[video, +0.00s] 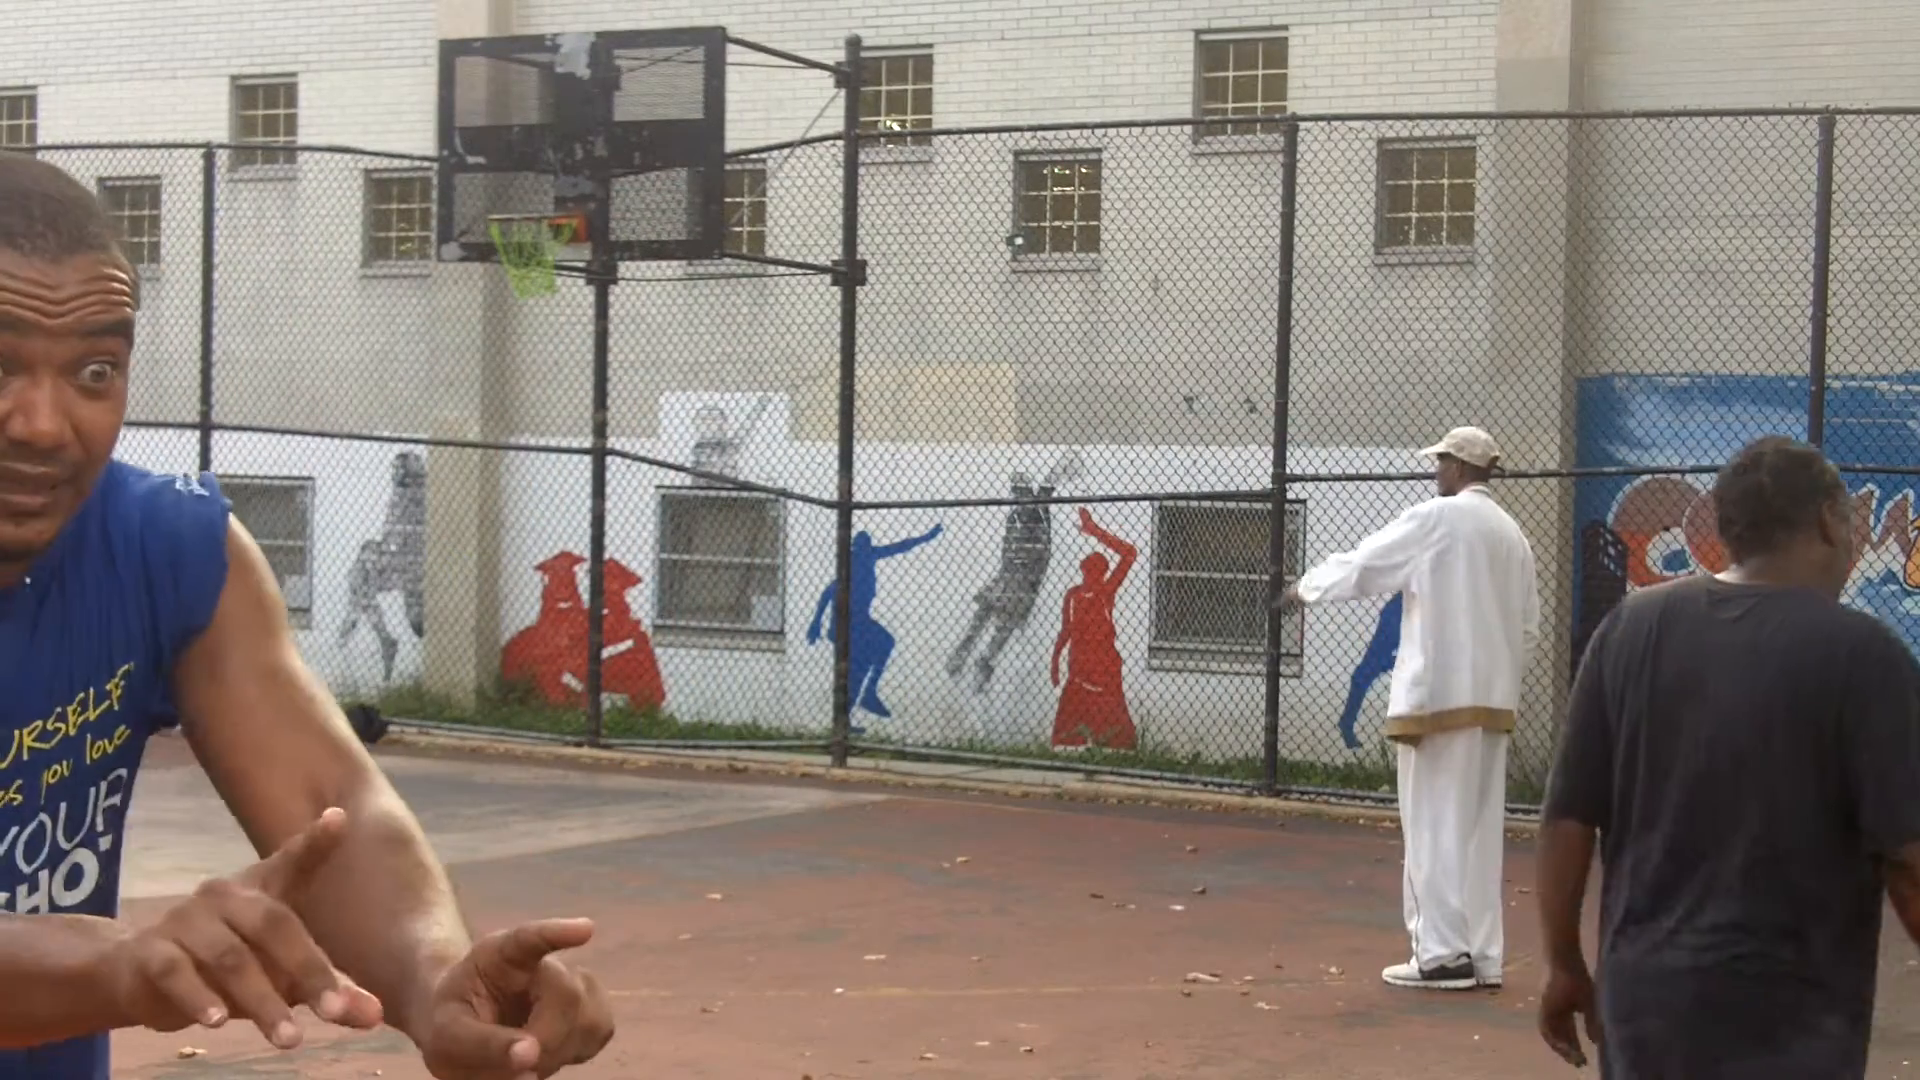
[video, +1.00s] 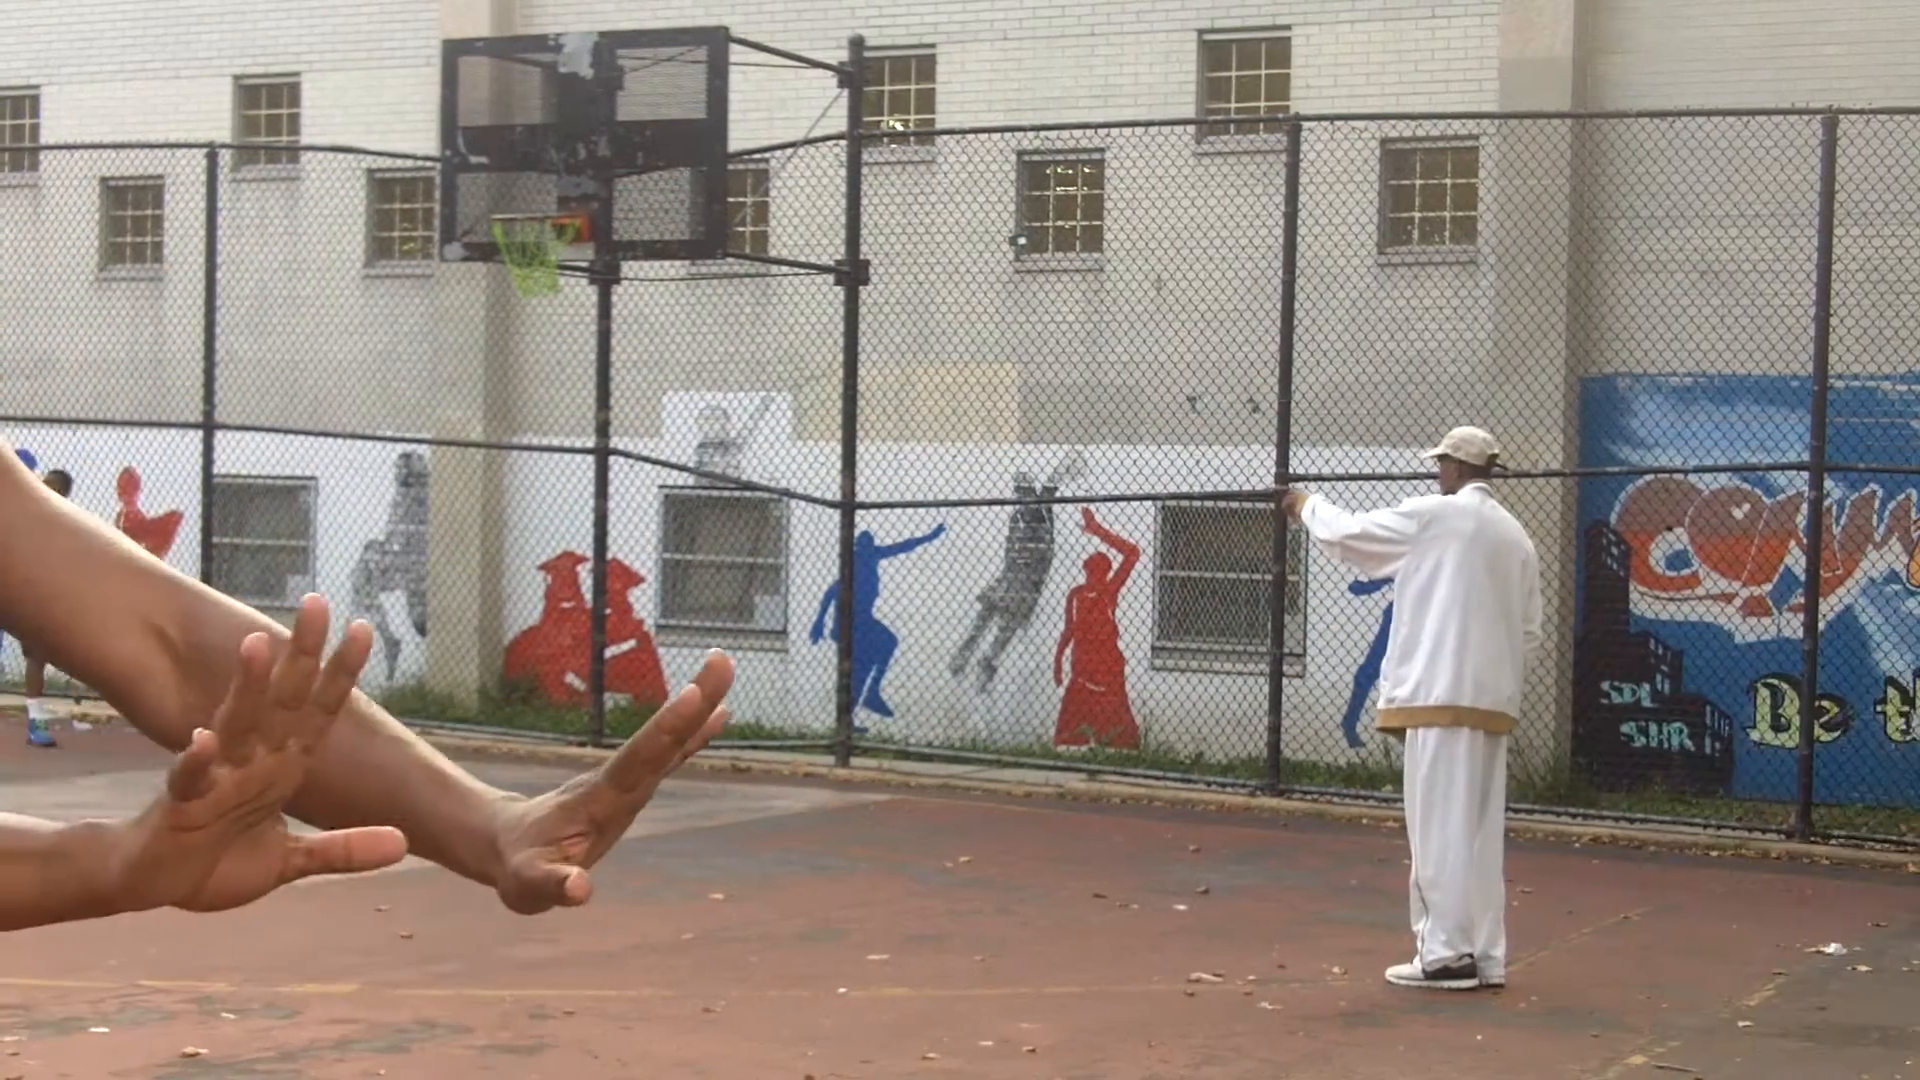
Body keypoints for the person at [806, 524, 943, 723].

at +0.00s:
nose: (865, 551)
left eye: (867, 547)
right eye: (862, 547)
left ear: (871, 547)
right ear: (855, 548)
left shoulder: (871, 556)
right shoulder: (851, 566)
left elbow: (899, 547)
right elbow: (829, 591)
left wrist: (926, 537)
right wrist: (815, 622)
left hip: (863, 621)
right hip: (846, 625)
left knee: (885, 642)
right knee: (860, 664)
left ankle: (870, 693)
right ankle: (842, 717)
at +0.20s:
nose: (865, 550)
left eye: (867, 547)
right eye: (862, 547)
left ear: (871, 547)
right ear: (855, 548)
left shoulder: (871, 556)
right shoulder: (851, 566)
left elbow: (899, 547)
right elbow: (829, 590)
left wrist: (926, 537)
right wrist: (815, 622)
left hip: (863, 621)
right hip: (845, 625)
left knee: (885, 642)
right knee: (860, 662)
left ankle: (869, 693)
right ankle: (842, 716)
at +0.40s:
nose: (864, 550)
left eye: (866, 546)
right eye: (860, 546)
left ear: (870, 547)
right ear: (854, 548)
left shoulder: (870, 555)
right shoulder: (850, 566)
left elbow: (898, 547)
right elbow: (828, 591)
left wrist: (925, 537)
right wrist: (814, 622)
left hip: (861, 619)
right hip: (845, 623)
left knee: (884, 642)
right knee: (859, 663)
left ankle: (869, 693)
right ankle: (841, 715)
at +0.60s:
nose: (865, 550)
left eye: (867, 546)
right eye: (861, 546)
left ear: (870, 547)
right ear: (854, 548)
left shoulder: (871, 556)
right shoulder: (850, 566)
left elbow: (899, 547)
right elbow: (828, 591)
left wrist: (925, 537)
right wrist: (814, 623)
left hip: (862, 620)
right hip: (845, 624)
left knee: (884, 642)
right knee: (859, 662)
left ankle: (869, 692)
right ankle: (841, 716)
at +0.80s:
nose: (865, 551)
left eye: (868, 547)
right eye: (862, 547)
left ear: (871, 547)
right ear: (855, 548)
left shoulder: (872, 556)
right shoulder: (851, 566)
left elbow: (899, 547)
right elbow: (829, 591)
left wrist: (926, 537)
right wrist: (816, 622)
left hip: (863, 620)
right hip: (846, 624)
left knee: (886, 642)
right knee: (861, 661)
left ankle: (870, 692)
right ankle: (843, 716)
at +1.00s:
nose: (867, 551)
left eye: (870, 547)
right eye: (864, 547)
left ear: (874, 547)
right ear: (857, 548)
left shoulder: (874, 556)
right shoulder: (854, 567)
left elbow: (902, 547)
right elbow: (832, 591)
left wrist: (929, 537)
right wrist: (818, 622)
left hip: (866, 621)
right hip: (848, 625)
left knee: (888, 642)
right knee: (863, 662)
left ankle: (873, 692)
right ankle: (845, 716)